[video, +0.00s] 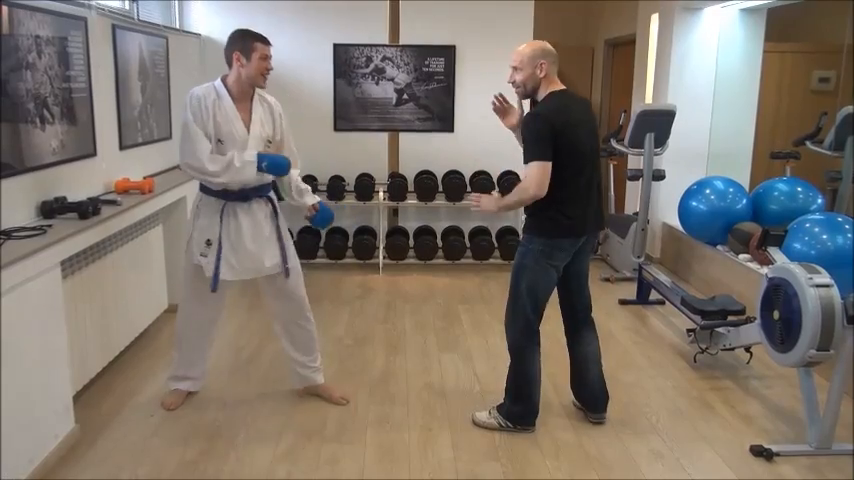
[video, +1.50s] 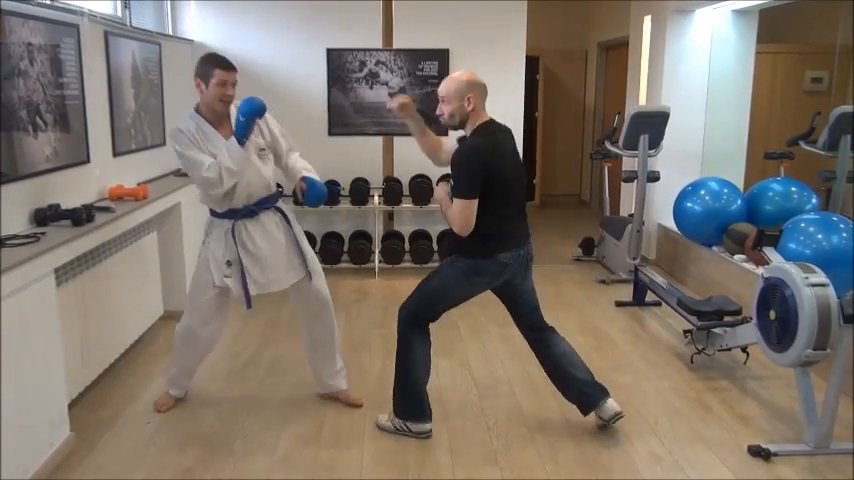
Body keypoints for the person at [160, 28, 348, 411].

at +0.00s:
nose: (270, 67)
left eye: (270, 60)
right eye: (263, 59)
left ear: (252, 63)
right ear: (237, 59)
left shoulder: (270, 108)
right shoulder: (202, 99)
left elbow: (285, 168)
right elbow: (194, 161)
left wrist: (309, 202)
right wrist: (257, 165)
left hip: (262, 211)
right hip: (215, 211)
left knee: (293, 295)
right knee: (200, 300)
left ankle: (311, 378)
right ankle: (184, 381)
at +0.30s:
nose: (272, 75)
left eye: (274, 68)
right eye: (266, 68)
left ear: (269, 71)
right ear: (240, 67)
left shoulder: (279, 109)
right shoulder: (210, 108)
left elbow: (310, 160)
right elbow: (216, 163)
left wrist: (341, 138)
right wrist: (261, 124)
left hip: (279, 215)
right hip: (230, 216)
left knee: (309, 300)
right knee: (206, 303)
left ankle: (332, 380)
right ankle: (184, 384)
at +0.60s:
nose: (287, 88)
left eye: (290, 82)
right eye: (283, 80)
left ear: (269, 79)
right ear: (258, 74)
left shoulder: (286, 114)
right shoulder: (220, 108)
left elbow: (307, 174)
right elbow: (230, 163)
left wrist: (327, 152)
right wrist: (272, 123)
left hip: (282, 218)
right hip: (234, 219)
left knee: (324, 297)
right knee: (210, 304)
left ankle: (333, 380)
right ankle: (188, 386)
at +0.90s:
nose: (282, 94)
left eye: (284, 88)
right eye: (277, 86)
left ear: (262, 85)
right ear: (253, 81)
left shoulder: (281, 120)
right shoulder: (215, 117)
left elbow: (300, 176)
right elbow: (225, 174)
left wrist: (325, 157)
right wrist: (263, 132)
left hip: (281, 224)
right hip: (233, 227)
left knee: (325, 301)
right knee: (203, 315)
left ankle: (336, 385)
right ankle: (182, 392)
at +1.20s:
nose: (267, 92)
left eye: (270, 85)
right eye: (262, 83)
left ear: (264, 84)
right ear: (238, 79)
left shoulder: (270, 119)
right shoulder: (205, 119)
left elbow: (295, 172)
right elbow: (229, 173)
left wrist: (320, 176)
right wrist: (265, 133)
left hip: (279, 221)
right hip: (231, 226)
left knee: (317, 302)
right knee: (205, 311)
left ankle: (331, 385)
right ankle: (182, 392)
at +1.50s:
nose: (230, 93)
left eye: (234, 86)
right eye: (222, 85)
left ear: (237, 87)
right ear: (199, 85)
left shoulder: (253, 117)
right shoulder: (186, 133)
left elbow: (287, 155)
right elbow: (214, 183)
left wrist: (308, 178)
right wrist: (240, 138)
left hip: (275, 220)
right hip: (226, 228)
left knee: (318, 298)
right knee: (198, 317)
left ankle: (331, 382)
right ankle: (176, 387)